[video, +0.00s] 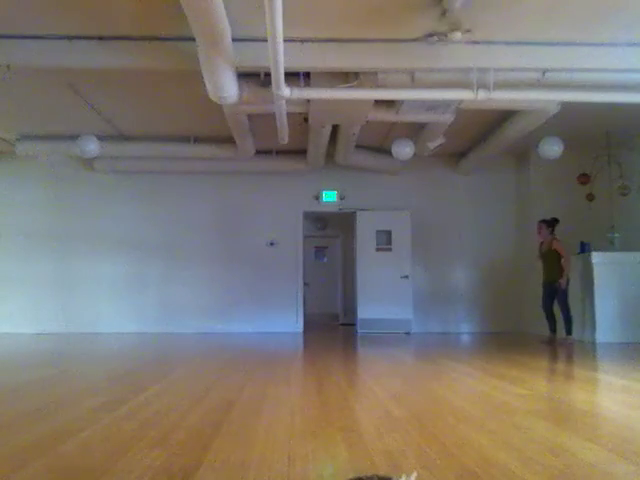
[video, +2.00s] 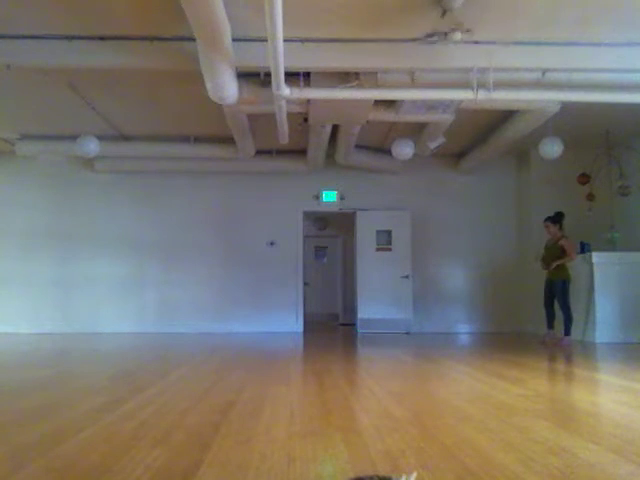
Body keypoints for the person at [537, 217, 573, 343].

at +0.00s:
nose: (538, 231)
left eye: (541, 228)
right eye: (538, 228)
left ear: (549, 230)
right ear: (543, 230)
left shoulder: (555, 243)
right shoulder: (542, 244)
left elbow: (566, 257)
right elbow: (545, 260)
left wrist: (565, 277)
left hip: (559, 279)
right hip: (548, 280)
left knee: (564, 306)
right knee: (547, 306)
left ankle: (569, 334)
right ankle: (552, 333)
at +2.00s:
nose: (547, 230)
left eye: (548, 227)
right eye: (546, 227)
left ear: (556, 226)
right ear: (549, 228)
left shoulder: (563, 241)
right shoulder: (550, 241)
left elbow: (572, 256)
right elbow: (547, 255)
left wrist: (557, 262)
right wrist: (543, 262)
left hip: (561, 275)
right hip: (550, 275)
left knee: (563, 304)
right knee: (548, 303)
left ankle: (567, 335)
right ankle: (550, 331)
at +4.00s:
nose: (539, 241)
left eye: (539, 238)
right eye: (537, 239)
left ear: (544, 233)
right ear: (538, 236)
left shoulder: (558, 240)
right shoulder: (544, 244)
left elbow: (568, 256)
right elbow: (545, 258)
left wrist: (551, 264)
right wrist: (541, 264)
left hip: (560, 274)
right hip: (549, 275)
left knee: (563, 305)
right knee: (553, 305)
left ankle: (566, 335)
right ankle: (556, 334)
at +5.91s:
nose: (542, 231)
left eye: (544, 228)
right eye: (541, 228)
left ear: (551, 227)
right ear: (544, 229)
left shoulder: (559, 240)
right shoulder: (546, 241)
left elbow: (568, 254)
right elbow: (546, 255)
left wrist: (553, 264)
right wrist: (543, 264)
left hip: (559, 273)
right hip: (549, 273)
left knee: (561, 304)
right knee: (553, 305)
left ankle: (566, 335)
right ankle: (556, 334)